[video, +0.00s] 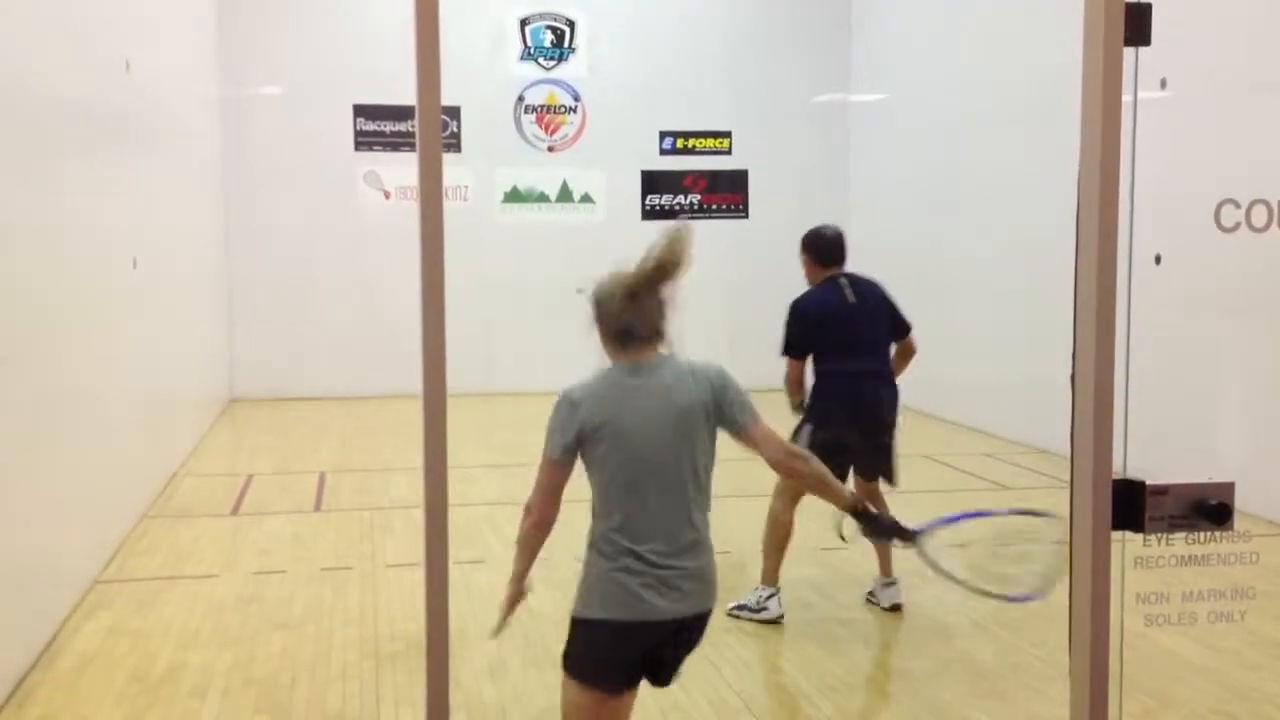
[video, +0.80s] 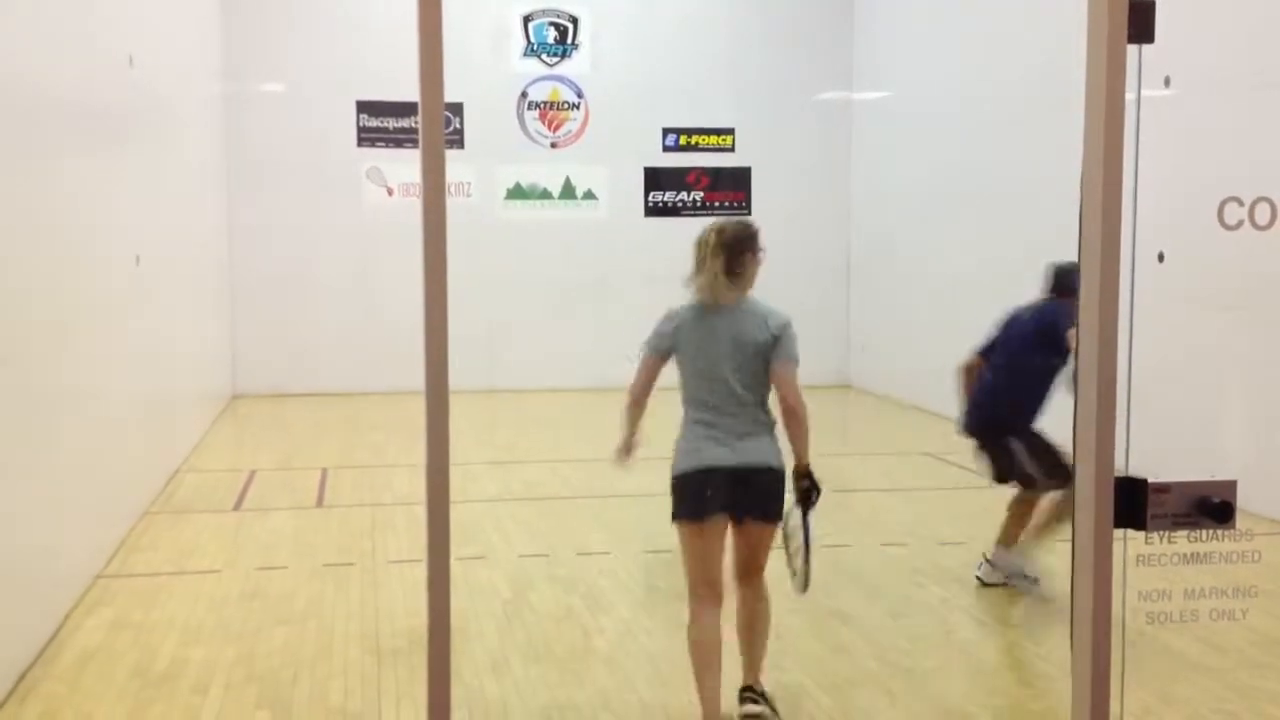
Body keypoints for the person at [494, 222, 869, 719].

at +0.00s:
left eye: (601, 324)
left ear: (603, 332)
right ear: (662, 322)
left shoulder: (581, 402)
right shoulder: (708, 384)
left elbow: (540, 513)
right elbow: (787, 459)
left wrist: (517, 578)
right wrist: (852, 503)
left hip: (613, 613)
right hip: (690, 607)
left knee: (589, 711)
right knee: (613, 691)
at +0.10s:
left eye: (624, 304)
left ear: (620, 312)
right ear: (676, 310)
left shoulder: (589, 382)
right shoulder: (715, 374)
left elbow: (560, 477)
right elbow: (784, 465)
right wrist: (857, 521)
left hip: (623, 589)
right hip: (699, 583)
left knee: (605, 705)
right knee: (622, 678)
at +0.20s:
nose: (696, 288)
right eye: (696, 280)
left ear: (640, 283)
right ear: (696, 287)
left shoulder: (605, 354)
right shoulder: (724, 356)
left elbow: (579, 462)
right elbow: (767, 456)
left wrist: (615, 504)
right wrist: (823, 525)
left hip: (634, 558)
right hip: (712, 554)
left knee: (623, 704)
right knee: (672, 663)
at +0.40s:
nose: (730, 312)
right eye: (730, 304)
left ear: (674, 306)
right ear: (728, 311)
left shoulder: (637, 377)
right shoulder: (748, 383)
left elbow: (610, 478)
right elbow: (777, 487)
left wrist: (597, 554)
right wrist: (801, 557)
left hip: (655, 560)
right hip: (730, 555)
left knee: (658, 695)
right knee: (716, 697)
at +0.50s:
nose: (724, 296)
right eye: (733, 287)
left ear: (682, 290)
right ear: (734, 291)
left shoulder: (650, 353)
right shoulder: (757, 363)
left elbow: (623, 425)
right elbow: (786, 453)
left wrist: (592, 491)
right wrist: (801, 522)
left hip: (664, 526)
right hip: (734, 528)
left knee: (678, 627)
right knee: (718, 670)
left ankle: (668, 713)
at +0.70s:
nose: (753, 269)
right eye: (749, 262)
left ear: (694, 271)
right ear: (745, 270)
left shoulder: (667, 333)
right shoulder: (766, 337)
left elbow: (629, 412)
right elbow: (787, 422)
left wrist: (593, 481)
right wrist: (798, 491)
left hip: (690, 494)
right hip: (757, 493)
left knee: (698, 618)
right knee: (741, 620)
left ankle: (710, 716)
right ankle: (751, 704)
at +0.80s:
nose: (762, 260)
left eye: (760, 252)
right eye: (758, 253)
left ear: (710, 258)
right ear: (745, 260)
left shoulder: (680, 319)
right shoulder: (771, 323)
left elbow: (640, 387)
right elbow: (790, 403)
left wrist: (629, 432)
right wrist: (803, 468)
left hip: (697, 472)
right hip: (760, 472)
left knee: (704, 598)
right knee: (752, 580)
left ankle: (710, 712)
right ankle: (752, 686)